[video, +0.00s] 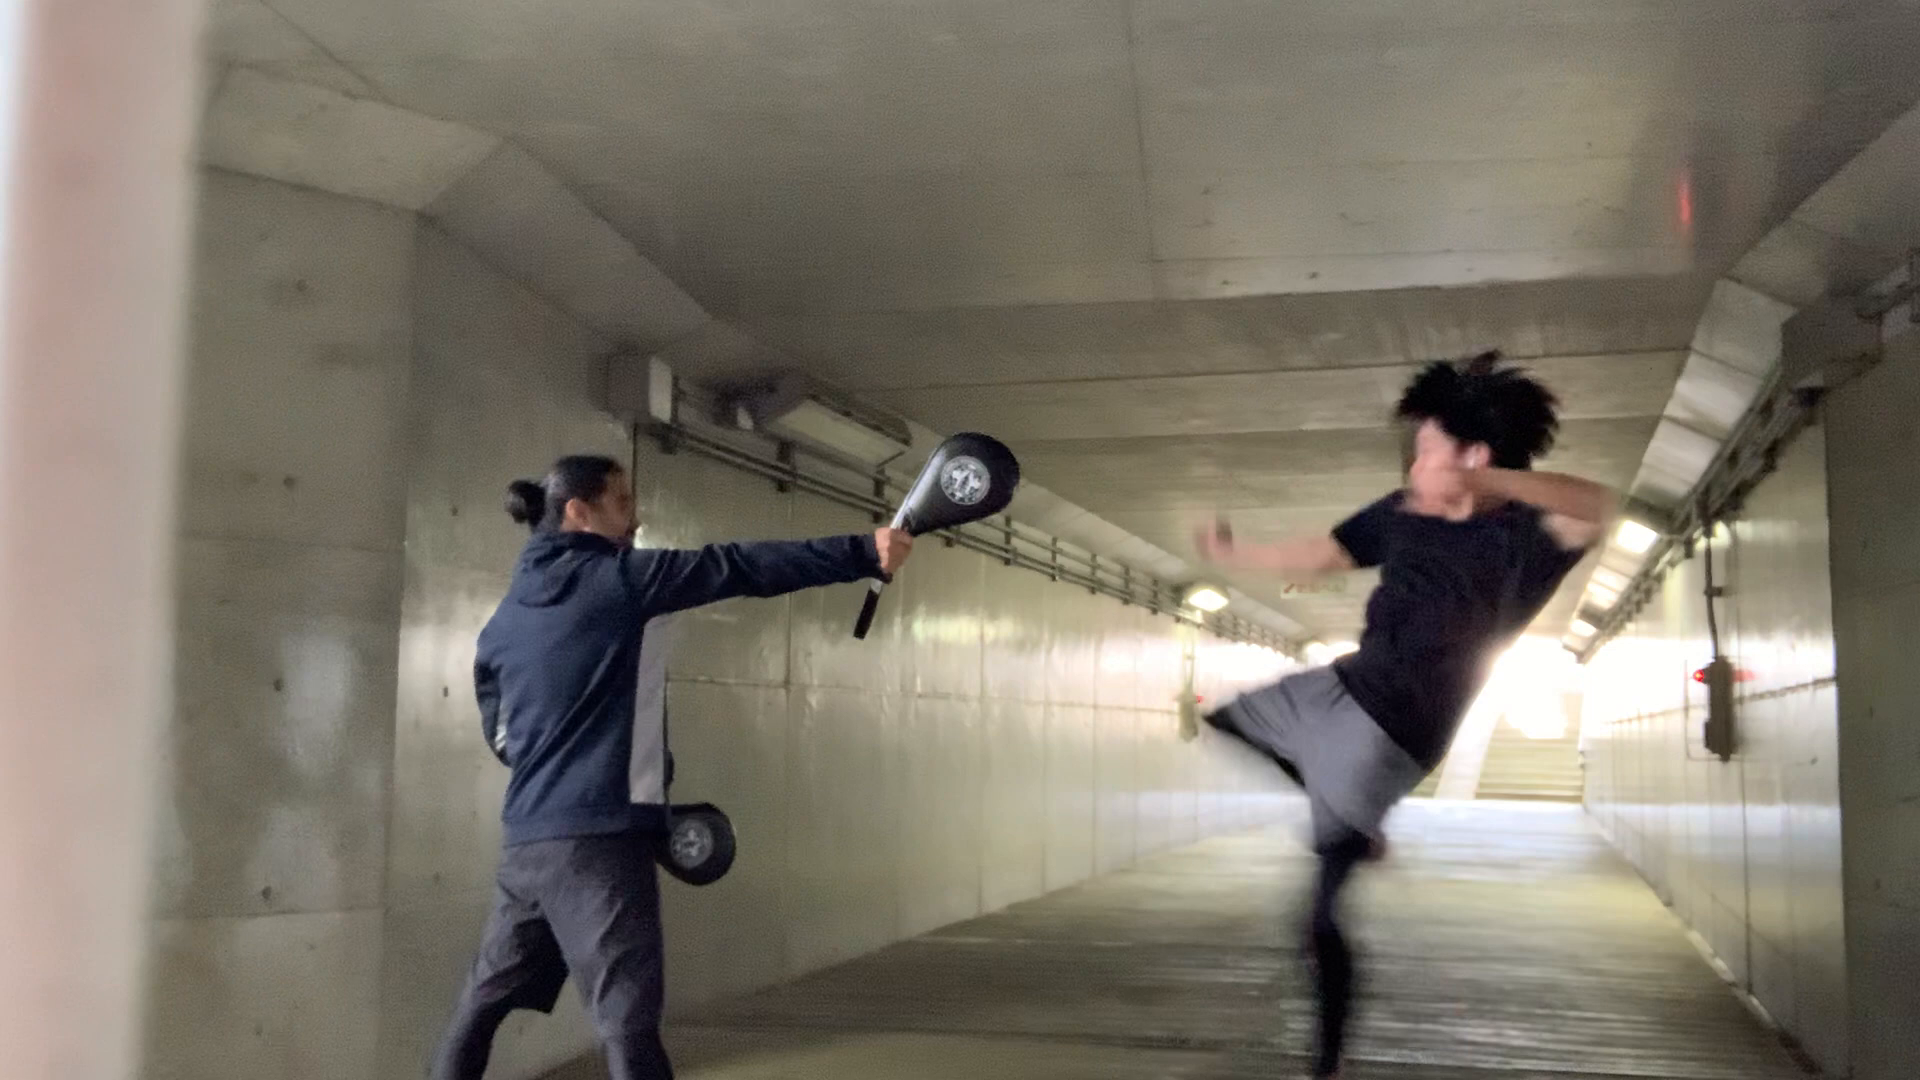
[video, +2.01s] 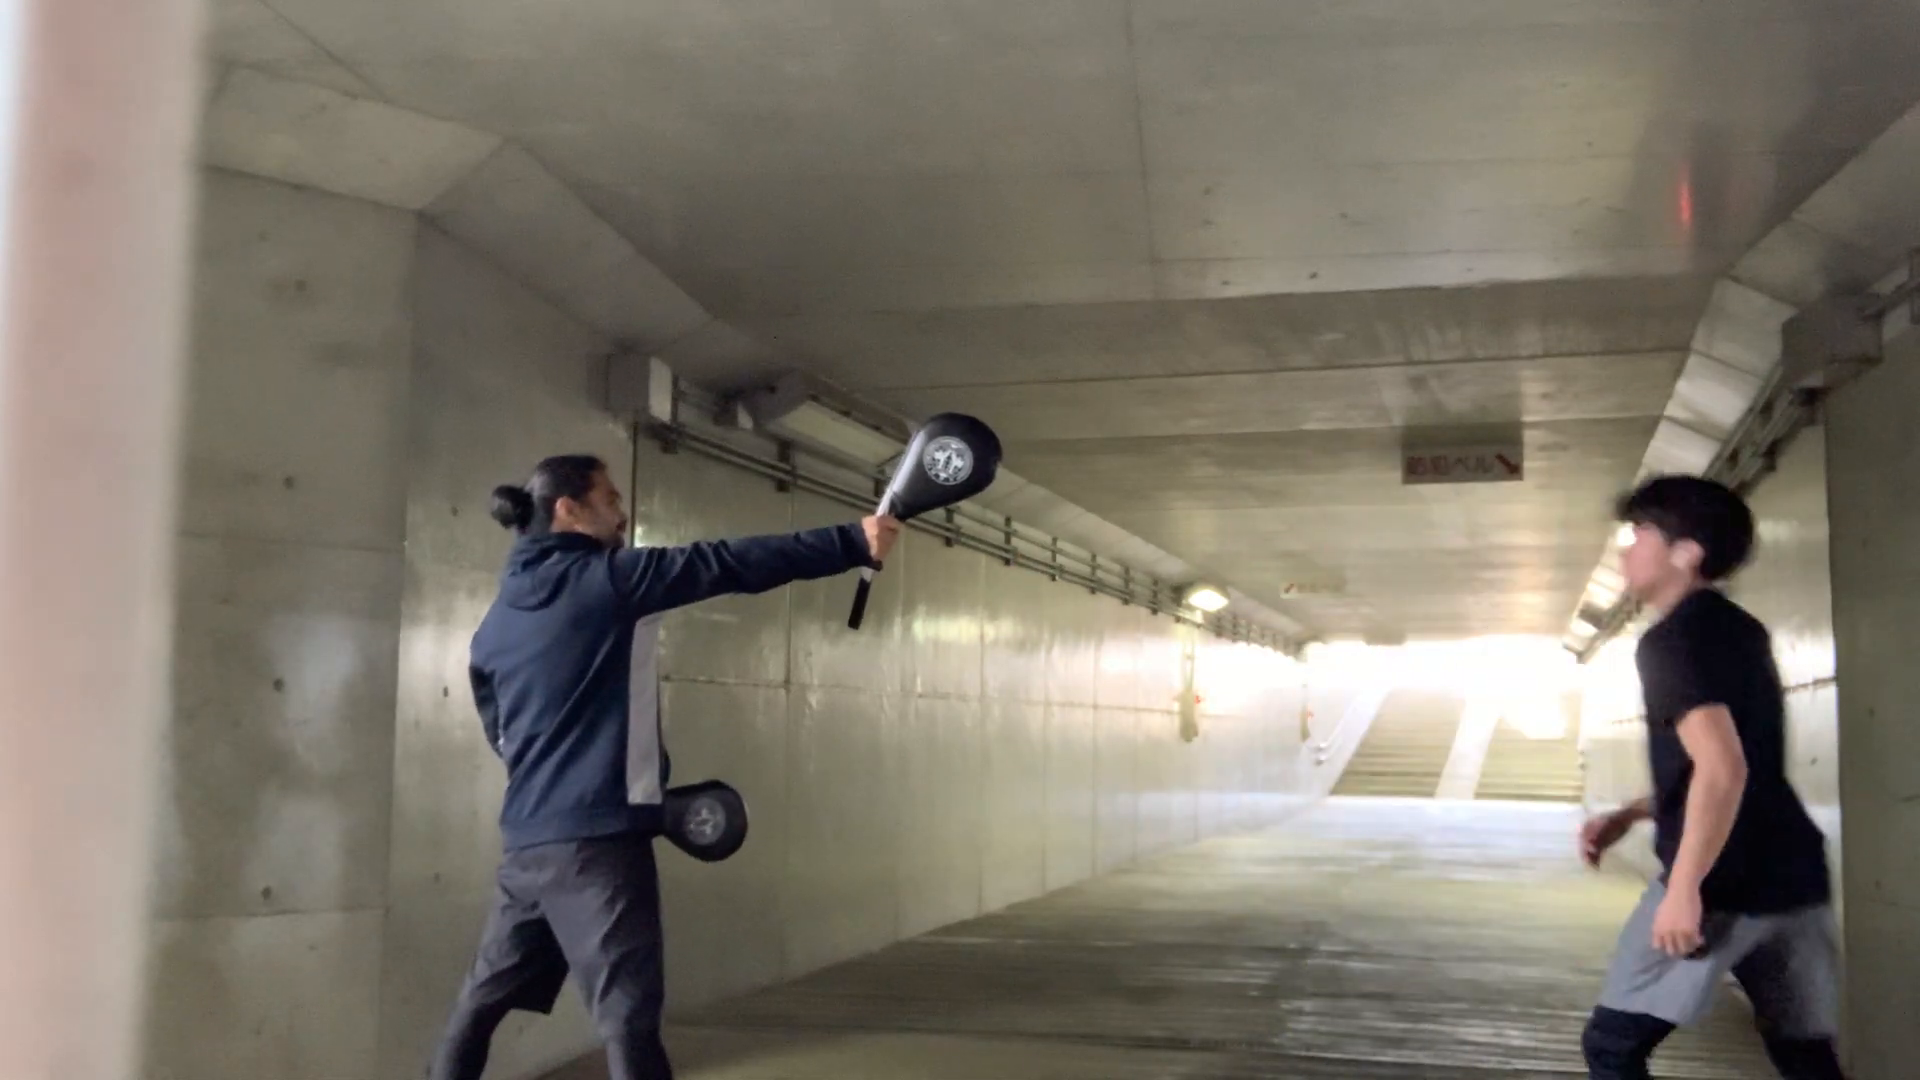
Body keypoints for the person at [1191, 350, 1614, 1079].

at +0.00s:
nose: (1412, 464)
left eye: (1424, 450)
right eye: (1416, 448)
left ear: (1473, 457)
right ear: (1460, 455)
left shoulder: (1525, 545)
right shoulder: (1407, 514)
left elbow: (1600, 507)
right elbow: (1320, 555)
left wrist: (1493, 481)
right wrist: (1228, 552)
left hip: (1393, 733)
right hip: (1337, 686)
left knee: (1323, 912)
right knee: (1229, 721)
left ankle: (1327, 1060)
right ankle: (1352, 831)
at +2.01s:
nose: (1625, 548)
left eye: (1640, 532)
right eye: (1631, 531)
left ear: (1687, 554)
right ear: (1690, 556)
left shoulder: (1671, 640)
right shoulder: (1743, 630)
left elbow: (1723, 768)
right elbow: (1719, 769)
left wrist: (1683, 887)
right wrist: (1629, 817)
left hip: (1713, 883)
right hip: (1790, 873)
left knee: (1612, 1046)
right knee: (1808, 1055)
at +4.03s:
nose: (1511, 567)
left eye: (1529, 556)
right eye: (1519, 552)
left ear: (1570, 582)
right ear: (1567, 583)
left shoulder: (1553, 660)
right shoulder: (1566, 662)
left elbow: (1524, 765)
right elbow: (1576, 800)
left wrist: (1393, 752)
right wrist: (1571, 899)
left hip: (1498, 898)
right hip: (1537, 900)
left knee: (1376, 1032)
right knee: (1533, 1047)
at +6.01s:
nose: (1413, 544)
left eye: (1424, 530)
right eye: (1415, 530)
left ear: (1469, 544)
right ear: (1478, 547)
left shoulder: (1452, 627)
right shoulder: (1540, 623)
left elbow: (1448, 755)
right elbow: (1589, 734)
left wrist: (1407, 856)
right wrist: (1580, 819)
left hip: (1486, 855)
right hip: (1555, 848)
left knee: (1435, 1019)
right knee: (1569, 994)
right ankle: (1632, 1070)